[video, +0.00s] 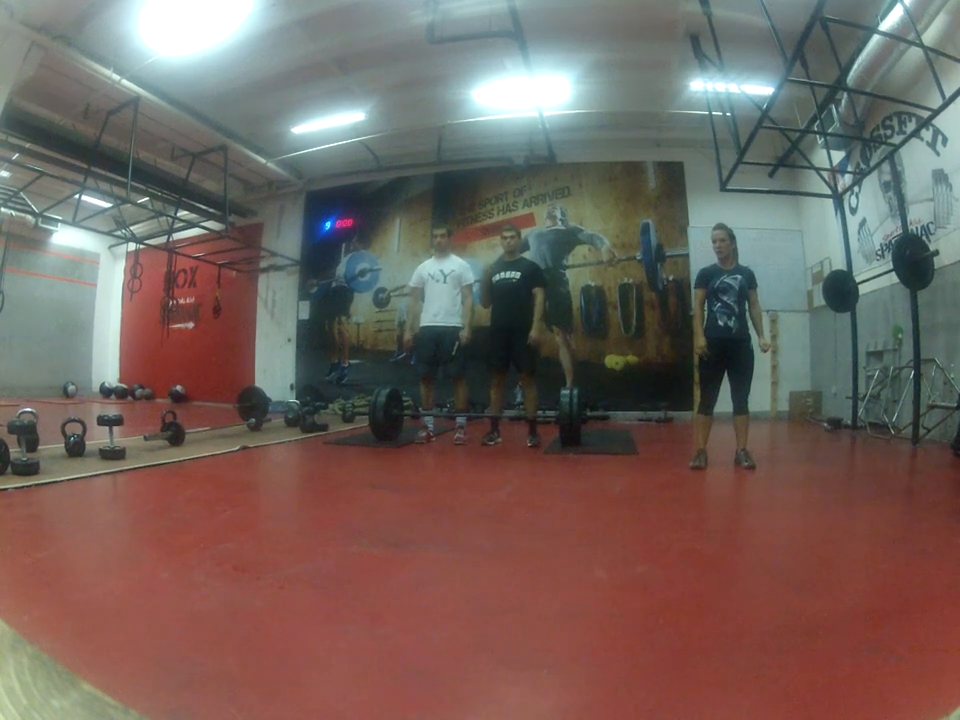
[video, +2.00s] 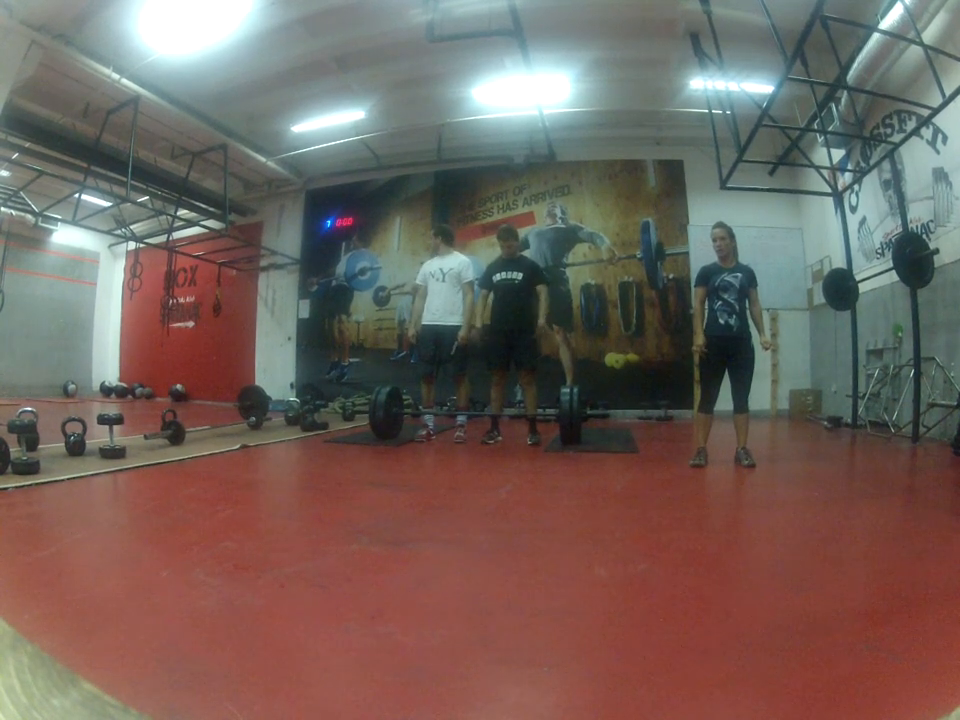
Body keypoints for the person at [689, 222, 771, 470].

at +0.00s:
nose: (718, 245)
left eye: (722, 241)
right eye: (715, 242)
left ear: (733, 243)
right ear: (712, 246)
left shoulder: (746, 274)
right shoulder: (705, 274)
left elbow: (754, 306)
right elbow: (698, 307)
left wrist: (761, 335)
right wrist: (699, 336)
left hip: (740, 345)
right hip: (712, 345)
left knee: (740, 401)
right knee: (706, 401)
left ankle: (742, 451)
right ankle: (700, 451)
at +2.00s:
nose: (718, 244)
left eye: (722, 239)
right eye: (715, 240)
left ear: (733, 241)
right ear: (711, 244)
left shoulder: (746, 272)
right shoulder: (706, 272)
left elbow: (754, 305)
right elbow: (698, 305)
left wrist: (762, 334)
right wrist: (698, 335)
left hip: (741, 343)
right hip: (713, 342)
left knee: (741, 400)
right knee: (707, 399)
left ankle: (742, 449)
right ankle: (700, 449)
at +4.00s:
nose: (718, 244)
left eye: (722, 239)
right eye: (714, 240)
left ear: (732, 241)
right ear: (711, 244)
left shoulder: (745, 272)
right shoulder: (705, 272)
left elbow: (754, 305)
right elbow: (697, 306)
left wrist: (761, 334)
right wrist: (698, 335)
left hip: (740, 343)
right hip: (712, 342)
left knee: (741, 400)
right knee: (707, 400)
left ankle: (742, 449)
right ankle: (701, 450)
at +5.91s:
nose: (718, 243)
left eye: (722, 239)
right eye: (714, 240)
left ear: (732, 241)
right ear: (711, 244)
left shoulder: (745, 272)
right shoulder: (705, 272)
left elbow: (754, 305)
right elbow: (697, 306)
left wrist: (761, 333)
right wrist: (699, 335)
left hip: (740, 343)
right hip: (712, 342)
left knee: (740, 399)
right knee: (707, 398)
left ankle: (742, 449)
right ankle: (701, 449)